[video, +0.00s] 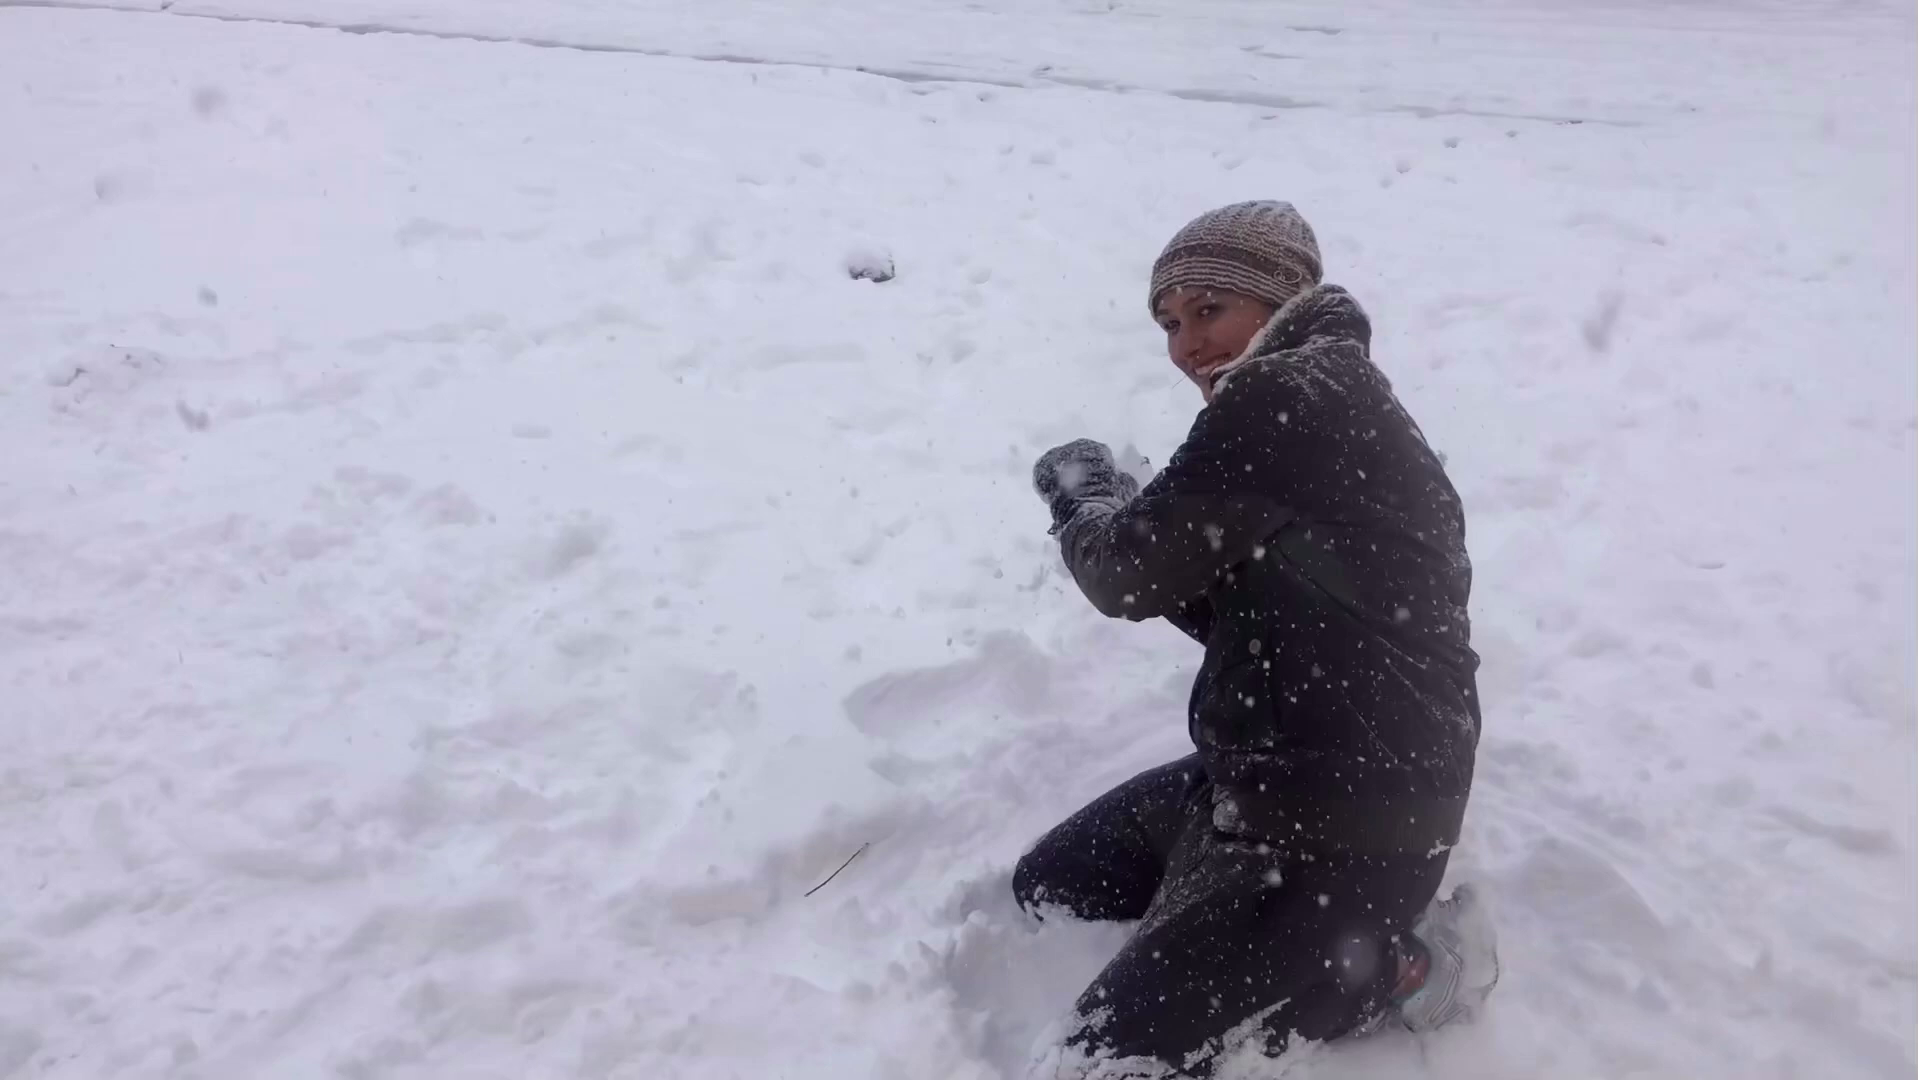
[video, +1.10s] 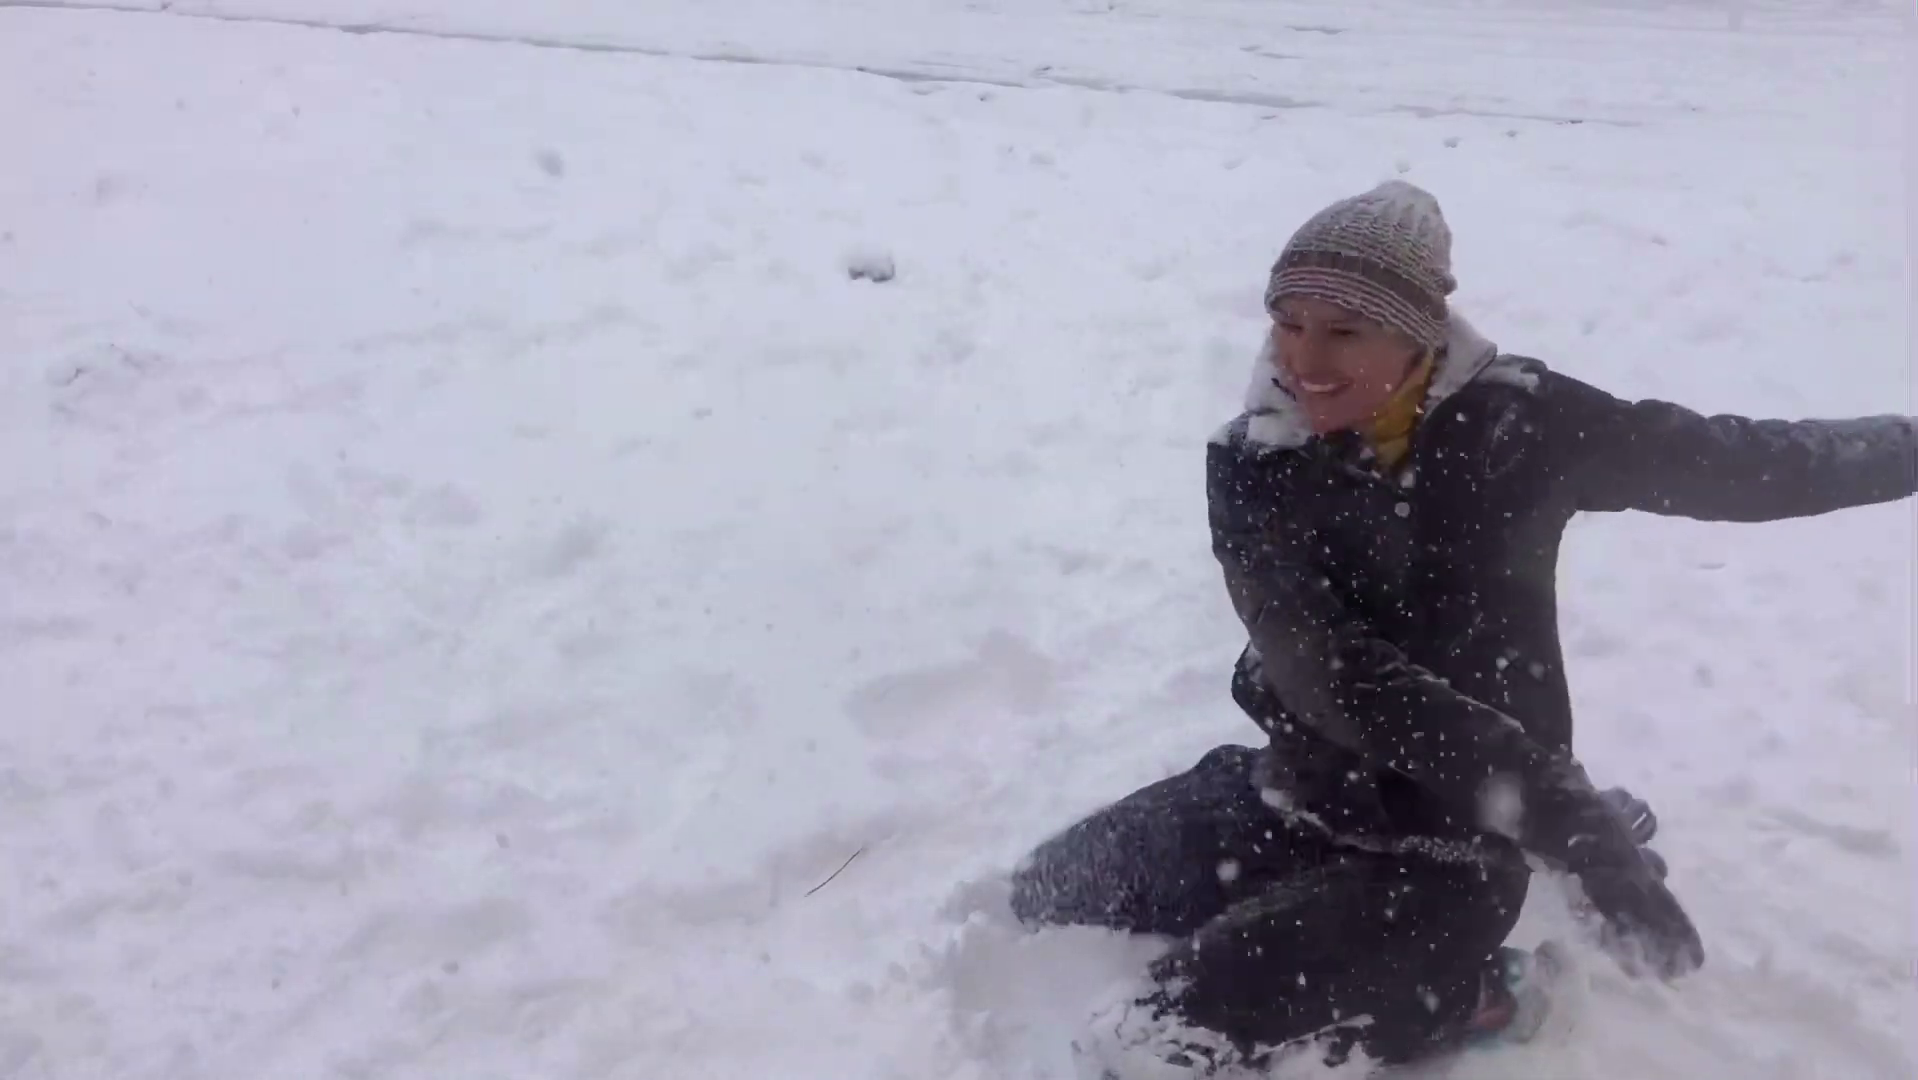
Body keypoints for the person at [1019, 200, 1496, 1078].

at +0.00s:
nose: (1186, 346)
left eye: (1209, 311)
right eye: (1172, 324)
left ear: (1282, 301)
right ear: (1159, 331)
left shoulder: (1278, 403)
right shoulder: (1366, 414)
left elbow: (1123, 575)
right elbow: (1255, 622)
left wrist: (1086, 500)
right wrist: (1153, 545)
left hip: (1329, 838)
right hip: (1259, 780)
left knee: (1101, 1055)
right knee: (1054, 883)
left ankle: (1403, 970)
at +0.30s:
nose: (1240, 337)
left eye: (1266, 304)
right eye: (1226, 314)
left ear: (1344, 297)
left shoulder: (1349, 394)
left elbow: (1236, 611)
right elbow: (1253, 612)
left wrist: (1079, 613)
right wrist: (1190, 483)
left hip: (1347, 854)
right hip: (1257, 788)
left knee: (1113, 1059)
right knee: (1050, 891)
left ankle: (1413, 967)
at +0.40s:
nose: (1269, 331)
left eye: (1300, 301)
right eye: (1253, 305)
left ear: (1376, 304)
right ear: (1238, 314)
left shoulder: (1419, 408)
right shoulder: (1308, 456)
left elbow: (1428, 641)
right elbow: (1146, 565)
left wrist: (1186, 706)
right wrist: (1155, 422)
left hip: (1376, 854)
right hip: (1261, 793)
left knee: (1124, 1056)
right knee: (1048, 891)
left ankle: (1419, 965)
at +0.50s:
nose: (1291, 331)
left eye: (1322, 299)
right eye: (1274, 304)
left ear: (1399, 302)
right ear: (1258, 312)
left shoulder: (1495, 426)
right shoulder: (1277, 470)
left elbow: (1622, 627)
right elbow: (1100, 524)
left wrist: (1448, 760)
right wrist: (1059, 365)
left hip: (1408, 861)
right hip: (1256, 795)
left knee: (1136, 1044)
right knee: (1046, 893)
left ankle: (1425, 970)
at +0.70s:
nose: (1295, 317)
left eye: (1329, 293)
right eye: (1285, 289)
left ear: (1407, 306)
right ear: (1273, 297)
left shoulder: (1512, 429)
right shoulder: (1249, 448)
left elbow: (1704, 573)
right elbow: (1274, 622)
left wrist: (1901, 602)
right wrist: (1420, 708)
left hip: (1421, 858)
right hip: (1271, 800)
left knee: (1167, 1019)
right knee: (1031, 899)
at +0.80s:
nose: (1290, 322)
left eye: (1325, 296)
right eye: (1277, 294)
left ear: (1405, 311)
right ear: (1261, 308)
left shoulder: (1511, 425)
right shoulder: (1249, 462)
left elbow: (1728, 489)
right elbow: (1359, 658)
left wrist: (1909, 473)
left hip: (1432, 868)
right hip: (1275, 803)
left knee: (1166, 1017)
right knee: (1041, 897)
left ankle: (1453, 1001)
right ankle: (1297, 888)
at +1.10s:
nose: (1303, 360)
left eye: (1341, 330)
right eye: (1285, 325)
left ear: (1420, 336)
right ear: (1268, 326)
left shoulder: (1521, 426)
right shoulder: (1256, 460)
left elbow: (1741, 464)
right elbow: (1334, 679)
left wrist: (1912, 450)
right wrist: (1547, 806)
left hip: (1447, 854)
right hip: (1291, 800)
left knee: (1202, 1004)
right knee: (1043, 897)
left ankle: (1472, 997)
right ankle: (1295, 884)